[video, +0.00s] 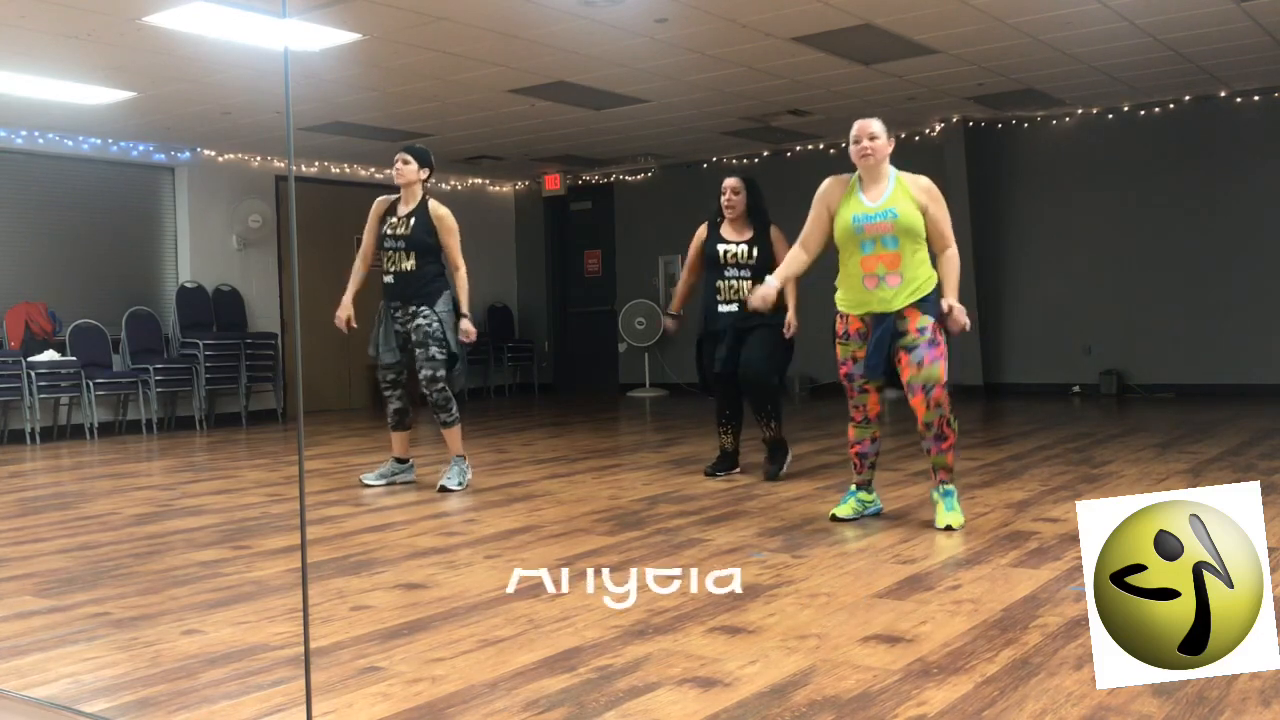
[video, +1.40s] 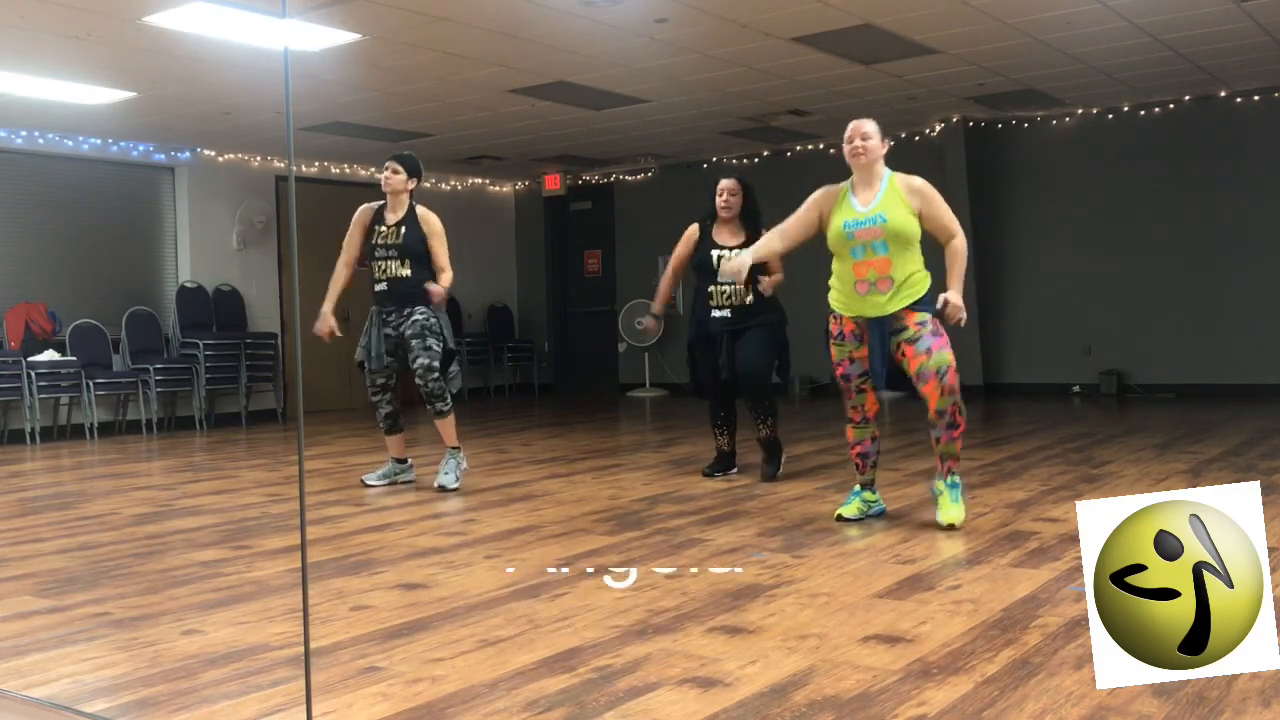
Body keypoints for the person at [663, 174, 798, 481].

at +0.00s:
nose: (728, 198)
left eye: (735, 192)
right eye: (724, 193)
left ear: (750, 197)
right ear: (719, 198)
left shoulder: (769, 233)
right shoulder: (706, 232)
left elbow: (788, 272)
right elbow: (688, 275)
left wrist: (791, 309)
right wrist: (673, 312)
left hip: (762, 326)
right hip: (721, 327)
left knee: (757, 381)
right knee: (724, 388)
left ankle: (776, 448)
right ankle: (727, 455)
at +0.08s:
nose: (729, 198)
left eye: (736, 193)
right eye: (725, 193)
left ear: (751, 198)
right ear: (720, 198)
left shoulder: (770, 234)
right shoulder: (711, 233)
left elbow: (787, 281)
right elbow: (703, 275)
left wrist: (786, 322)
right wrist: (699, 316)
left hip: (762, 330)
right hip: (722, 330)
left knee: (766, 393)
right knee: (726, 393)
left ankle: (779, 458)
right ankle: (728, 456)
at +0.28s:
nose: (730, 198)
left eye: (738, 193)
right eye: (727, 193)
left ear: (753, 199)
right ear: (723, 200)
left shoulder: (766, 228)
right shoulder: (723, 236)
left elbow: (802, 250)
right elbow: (732, 277)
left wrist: (795, 274)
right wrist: (721, 310)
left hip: (768, 327)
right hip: (728, 329)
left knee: (771, 390)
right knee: (703, 378)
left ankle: (781, 459)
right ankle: (719, 439)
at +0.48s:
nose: (740, 198)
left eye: (747, 194)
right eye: (736, 192)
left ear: (756, 199)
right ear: (726, 197)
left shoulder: (769, 224)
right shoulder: (717, 236)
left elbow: (799, 259)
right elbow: (715, 280)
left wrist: (832, 285)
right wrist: (684, 289)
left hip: (768, 323)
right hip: (727, 326)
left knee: (771, 387)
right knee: (719, 387)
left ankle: (781, 459)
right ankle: (724, 455)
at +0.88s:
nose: (729, 203)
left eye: (736, 198)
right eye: (724, 196)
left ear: (743, 202)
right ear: (713, 199)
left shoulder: (755, 232)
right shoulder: (695, 236)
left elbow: (779, 272)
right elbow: (676, 276)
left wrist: (808, 304)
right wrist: (654, 253)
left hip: (755, 328)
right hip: (712, 331)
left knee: (756, 387)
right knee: (717, 392)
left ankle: (768, 454)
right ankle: (725, 456)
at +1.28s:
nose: (731, 204)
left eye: (737, 199)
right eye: (725, 198)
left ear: (744, 204)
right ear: (715, 201)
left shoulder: (757, 235)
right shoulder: (695, 235)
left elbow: (776, 268)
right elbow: (659, 261)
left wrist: (775, 291)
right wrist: (636, 292)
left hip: (754, 328)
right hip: (710, 331)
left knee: (753, 380)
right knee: (716, 393)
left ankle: (767, 445)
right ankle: (725, 456)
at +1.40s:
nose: (725, 199)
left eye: (732, 194)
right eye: (720, 194)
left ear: (744, 199)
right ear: (713, 198)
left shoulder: (760, 234)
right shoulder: (697, 232)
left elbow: (778, 274)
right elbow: (672, 272)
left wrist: (770, 282)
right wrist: (656, 313)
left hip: (755, 325)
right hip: (711, 328)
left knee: (754, 381)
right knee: (718, 390)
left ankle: (771, 448)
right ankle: (725, 456)